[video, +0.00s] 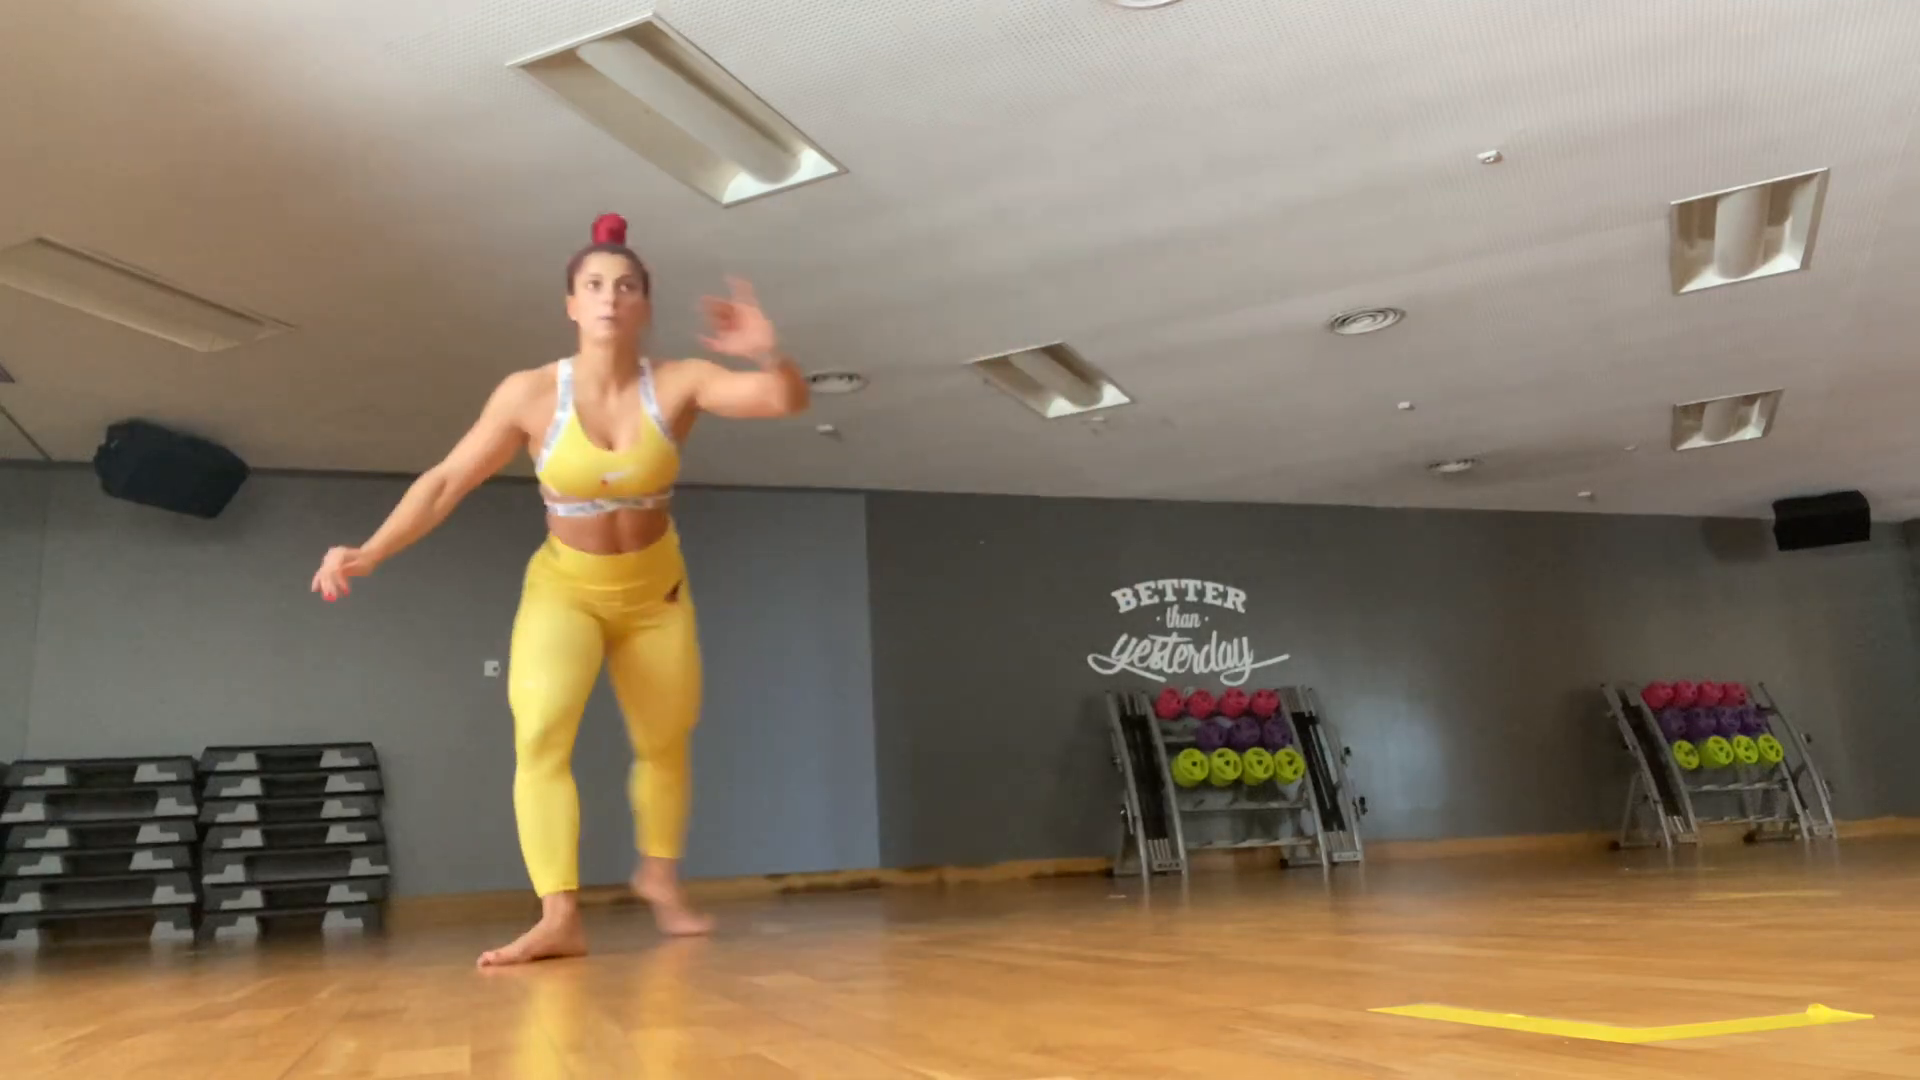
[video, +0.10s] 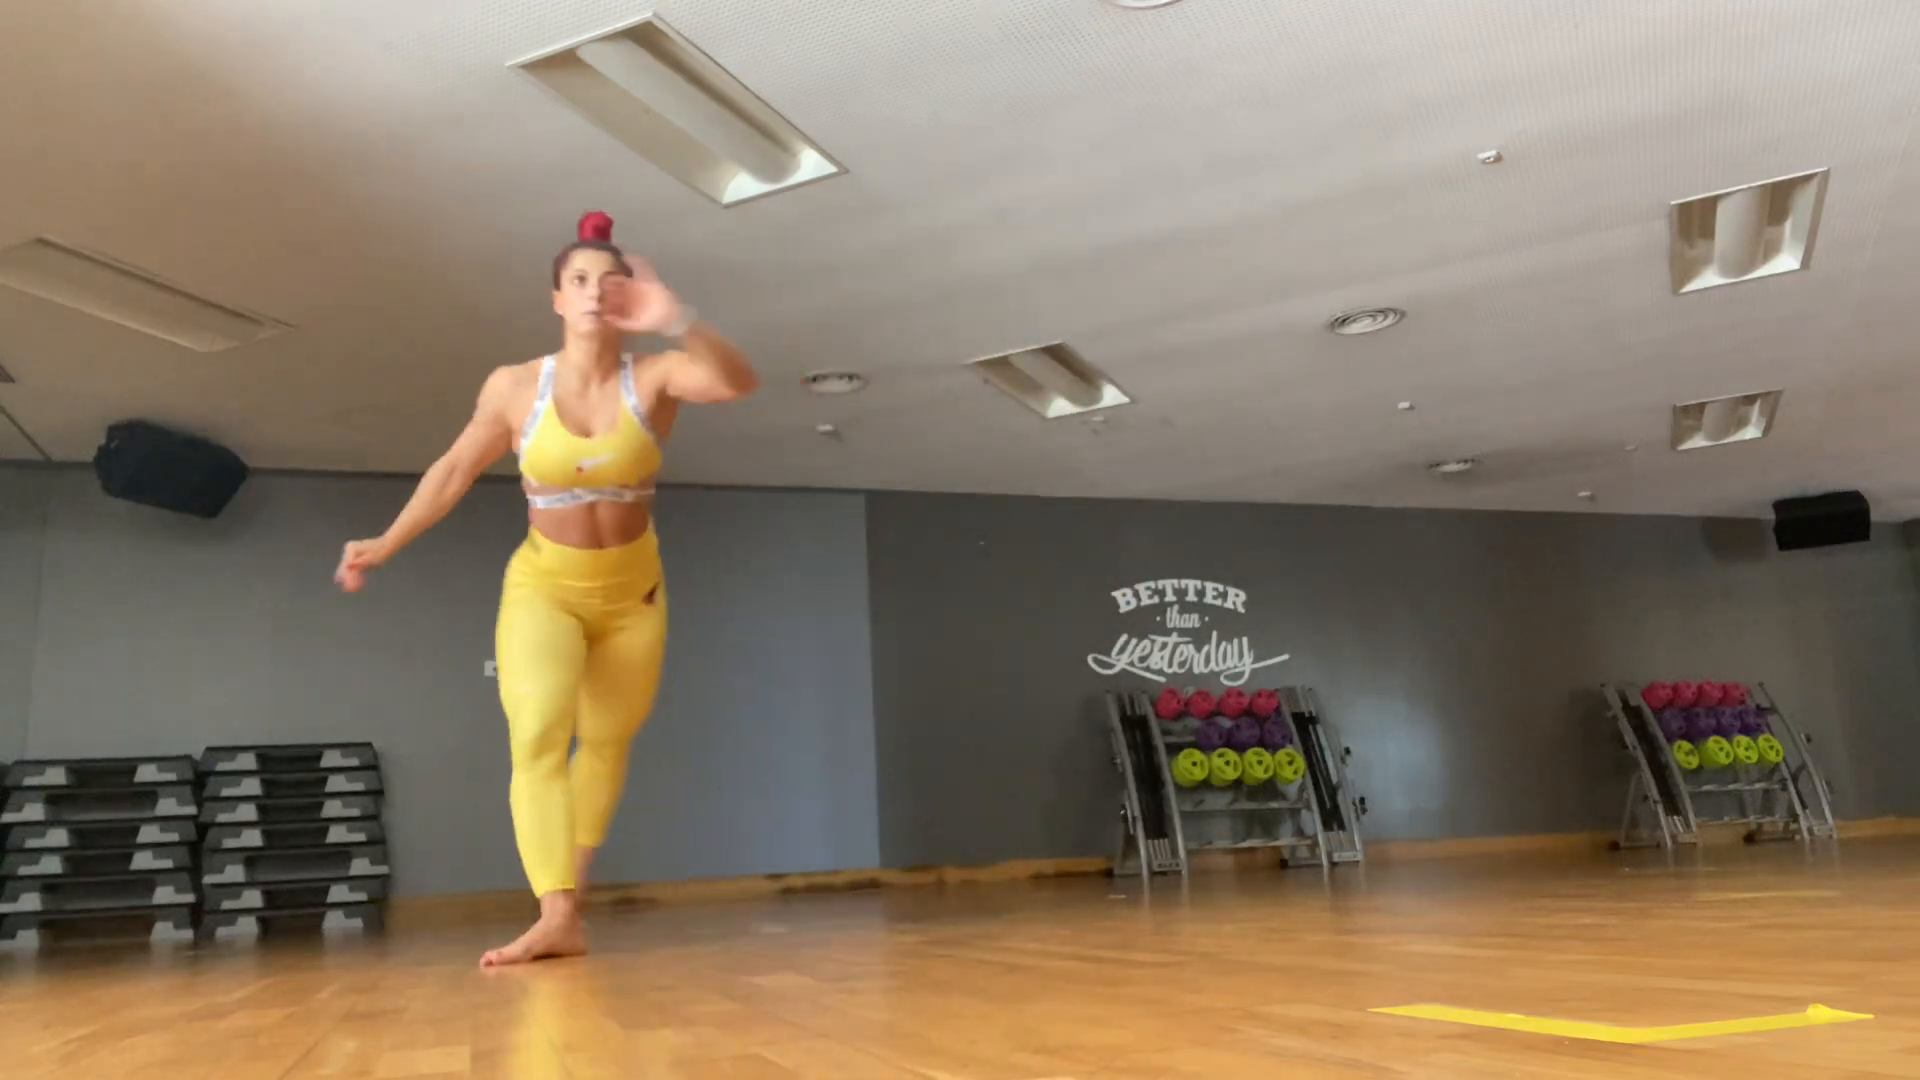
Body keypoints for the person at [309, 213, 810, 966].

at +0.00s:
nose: (612, 293)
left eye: (627, 283)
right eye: (595, 284)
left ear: (647, 309)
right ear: (571, 307)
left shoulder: (680, 382)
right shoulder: (529, 394)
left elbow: (786, 398)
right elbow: (444, 485)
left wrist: (772, 356)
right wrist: (369, 554)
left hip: (655, 589)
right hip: (564, 587)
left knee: (664, 742)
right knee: (539, 736)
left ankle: (660, 877)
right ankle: (559, 915)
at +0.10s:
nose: (597, 290)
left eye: (611, 278)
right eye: (580, 280)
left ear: (629, 297)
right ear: (556, 299)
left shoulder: (653, 374)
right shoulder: (514, 388)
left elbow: (738, 381)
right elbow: (452, 473)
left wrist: (678, 322)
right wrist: (384, 546)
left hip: (631, 590)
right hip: (543, 585)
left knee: (606, 742)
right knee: (536, 736)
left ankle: (571, 887)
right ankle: (556, 913)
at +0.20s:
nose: (564, 300)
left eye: (581, 293)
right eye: (556, 290)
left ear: (604, 318)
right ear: (538, 312)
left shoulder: (624, 391)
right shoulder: (496, 394)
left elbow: (659, 397)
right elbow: (472, 474)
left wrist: (586, 330)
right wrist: (421, 539)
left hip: (601, 603)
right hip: (515, 592)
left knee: (558, 759)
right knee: (519, 738)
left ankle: (505, 886)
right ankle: (537, 909)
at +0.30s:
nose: (559, 341)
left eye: (575, 331)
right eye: (548, 329)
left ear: (594, 345)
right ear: (525, 342)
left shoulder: (612, 422)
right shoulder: (489, 419)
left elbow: (632, 421)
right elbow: (467, 497)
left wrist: (551, 346)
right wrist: (413, 560)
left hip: (583, 625)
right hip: (498, 610)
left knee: (540, 772)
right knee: (497, 725)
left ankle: (493, 893)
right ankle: (498, 898)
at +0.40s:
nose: (532, 358)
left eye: (549, 348)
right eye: (522, 347)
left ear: (578, 357)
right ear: (507, 358)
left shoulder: (605, 438)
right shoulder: (482, 437)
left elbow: (615, 425)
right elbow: (448, 521)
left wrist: (529, 352)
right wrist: (378, 578)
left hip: (575, 640)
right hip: (488, 624)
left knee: (529, 785)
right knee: (482, 730)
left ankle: (481, 907)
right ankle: (459, 914)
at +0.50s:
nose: (505, 331)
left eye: (524, 320)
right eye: (495, 319)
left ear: (553, 335)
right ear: (483, 334)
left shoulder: (592, 401)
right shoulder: (462, 419)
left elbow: (574, 401)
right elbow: (410, 503)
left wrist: (492, 350)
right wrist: (345, 532)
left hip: (587, 612)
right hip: (500, 604)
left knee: (543, 780)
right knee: (473, 742)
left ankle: (498, 891)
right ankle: (450, 919)